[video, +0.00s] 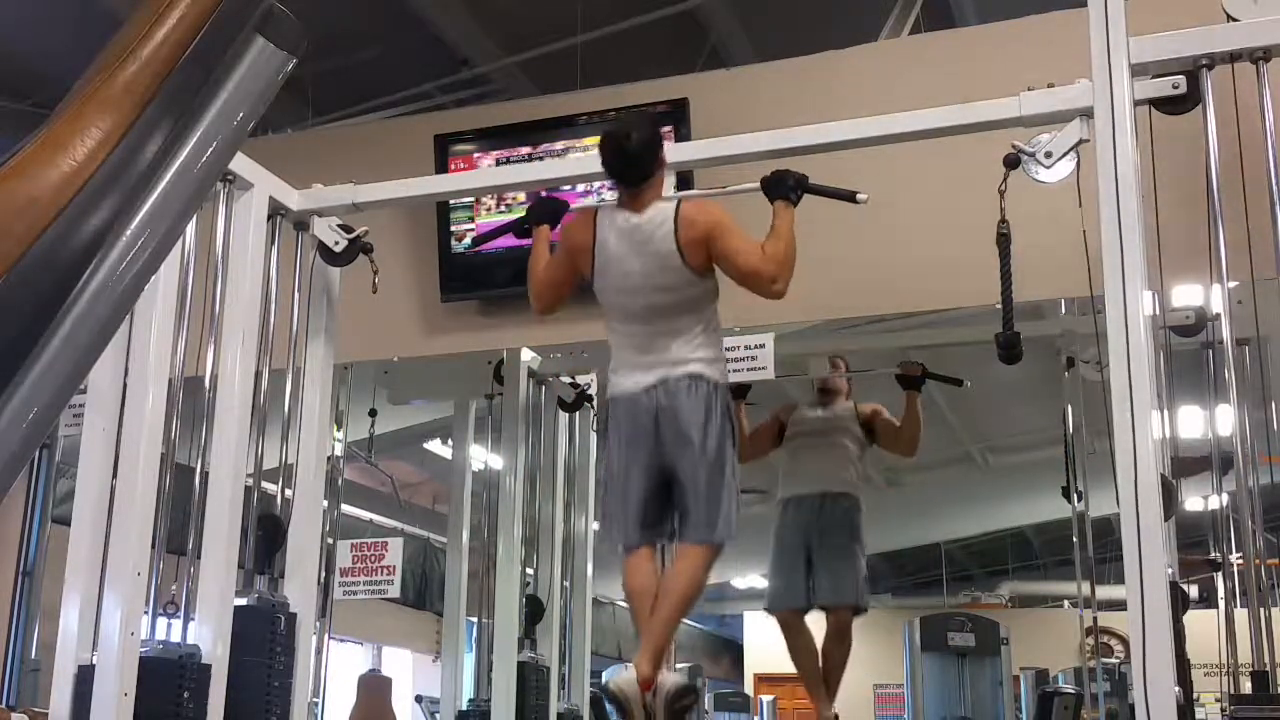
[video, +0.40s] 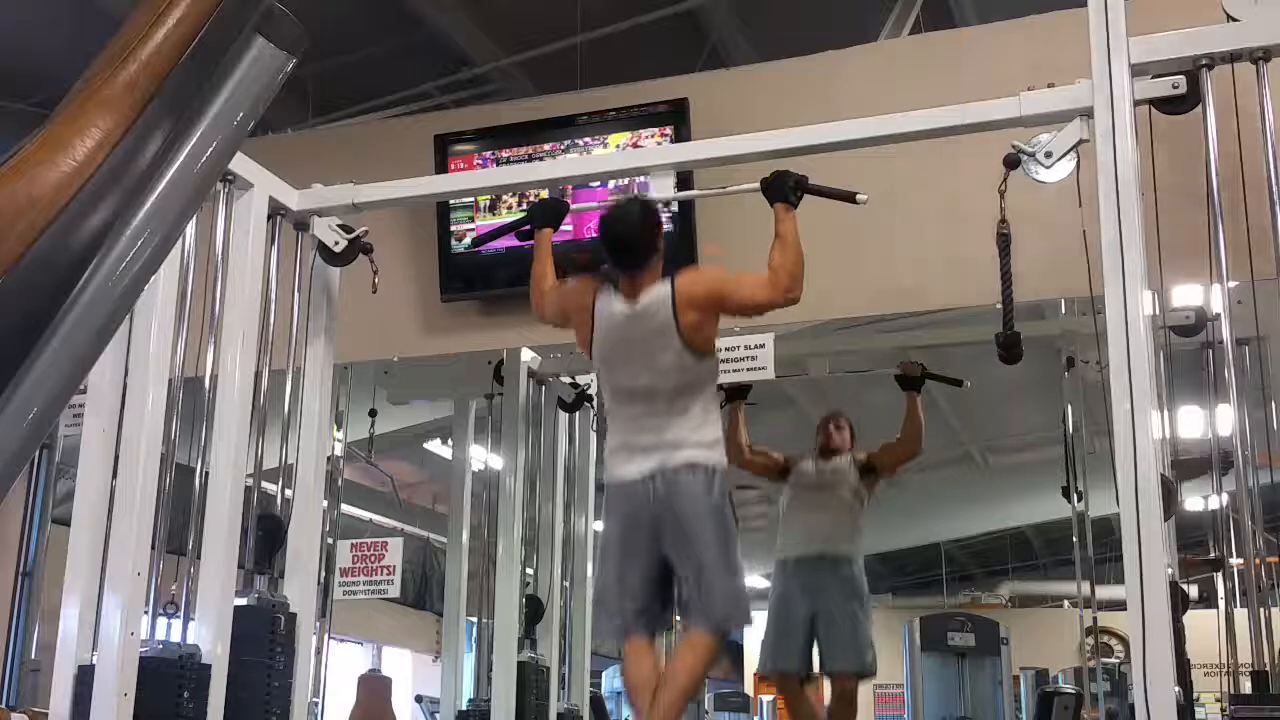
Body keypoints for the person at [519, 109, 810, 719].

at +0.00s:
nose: (666, 151)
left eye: (655, 146)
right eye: (663, 145)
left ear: (607, 173)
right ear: (662, 160)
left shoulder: (586, 230)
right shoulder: (699, 216)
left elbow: (543, 297)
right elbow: (773, 279)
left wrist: (540, 235)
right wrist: (784, 206)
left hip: (629, 398)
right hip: (693, 392)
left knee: (637, 538)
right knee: (702, 531)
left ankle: (659, 675)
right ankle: (641, 670)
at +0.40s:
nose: (660, 231)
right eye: (658, 226)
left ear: (607, 251)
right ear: (660, 239)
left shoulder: (588, 300)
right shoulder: (696, 289)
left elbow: (545, 300)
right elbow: (784, 287)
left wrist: (543, 234)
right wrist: (785, 207)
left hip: (626, 484)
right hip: (693, 479)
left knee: (636, 626)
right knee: (708, 617)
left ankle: (649, 718)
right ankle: (659, 716)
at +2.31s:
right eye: (661, 167)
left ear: (609, 192)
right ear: (663, 182)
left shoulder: (585, 245)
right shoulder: (698, 233)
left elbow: (538, 302)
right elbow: (780, 279)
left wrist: (540, 232)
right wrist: (785, 207)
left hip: (627, 414)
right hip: (692, 409)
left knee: (627, 554)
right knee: (697, 549)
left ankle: (648, 686)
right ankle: (633, 683)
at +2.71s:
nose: (665, 238)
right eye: (663, 232)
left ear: (611, 248)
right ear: (664, 241)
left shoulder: (589, 297)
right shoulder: (699, 287)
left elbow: (542, 303)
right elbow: (785, 288)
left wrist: (543, 236)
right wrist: (785, 210)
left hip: (627, 476)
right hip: (694, 471)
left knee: (635, 619)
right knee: (701, 613)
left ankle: (653, 719)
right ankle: (653, 716)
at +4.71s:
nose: (666, 159)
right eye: (665, 152)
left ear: (613, 177)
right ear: (666, 165)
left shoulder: (589, 228)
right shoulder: (700, 219)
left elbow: (541, 300)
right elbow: (774, 278)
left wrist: (541, 234)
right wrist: (785, 207)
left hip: (633, 397)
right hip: (696, 390)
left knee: (638, 540)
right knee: (703, 534)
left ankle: (656, 672)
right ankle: (638, 667)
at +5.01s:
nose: (668, 230)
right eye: (665, 225)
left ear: (610, 239)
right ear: (665, 234)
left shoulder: (589, 287)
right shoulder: (698, 278)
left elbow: (541, 306)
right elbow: (787, 288)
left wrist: (544, 235)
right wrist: (786, 210)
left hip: (629, 473)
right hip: (695, 467)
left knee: (638, 613)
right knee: (714, 606)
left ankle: (656, 718)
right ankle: (656, 714)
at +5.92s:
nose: (669, 165)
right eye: (667, 159)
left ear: (614, 180)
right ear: (667, 171)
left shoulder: (590, 234)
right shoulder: (698, 226)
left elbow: (542, 304)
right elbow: (777, 278)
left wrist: (542, 234)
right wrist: (785, 206)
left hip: (635, 396)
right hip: (697, 389)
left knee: (641, 540)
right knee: (702, 534)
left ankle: (656, 667)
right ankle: (633, 662)